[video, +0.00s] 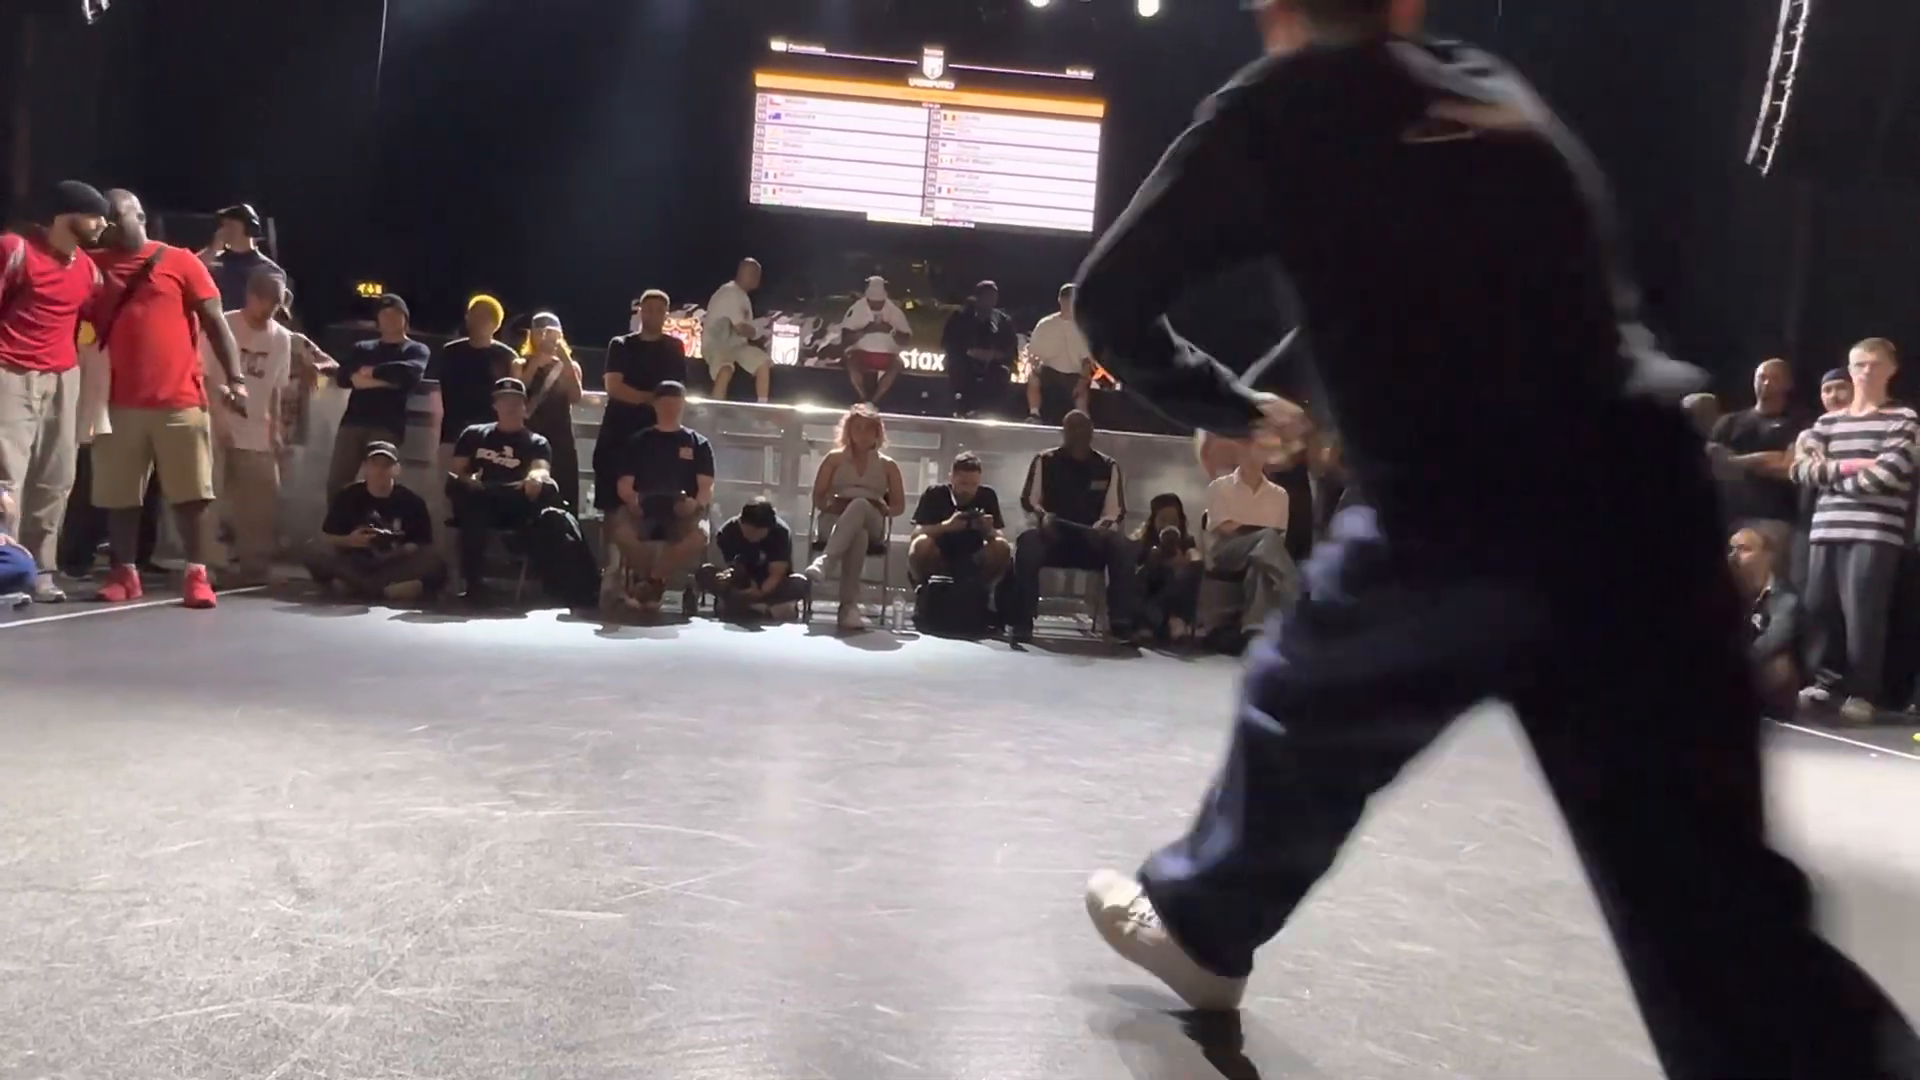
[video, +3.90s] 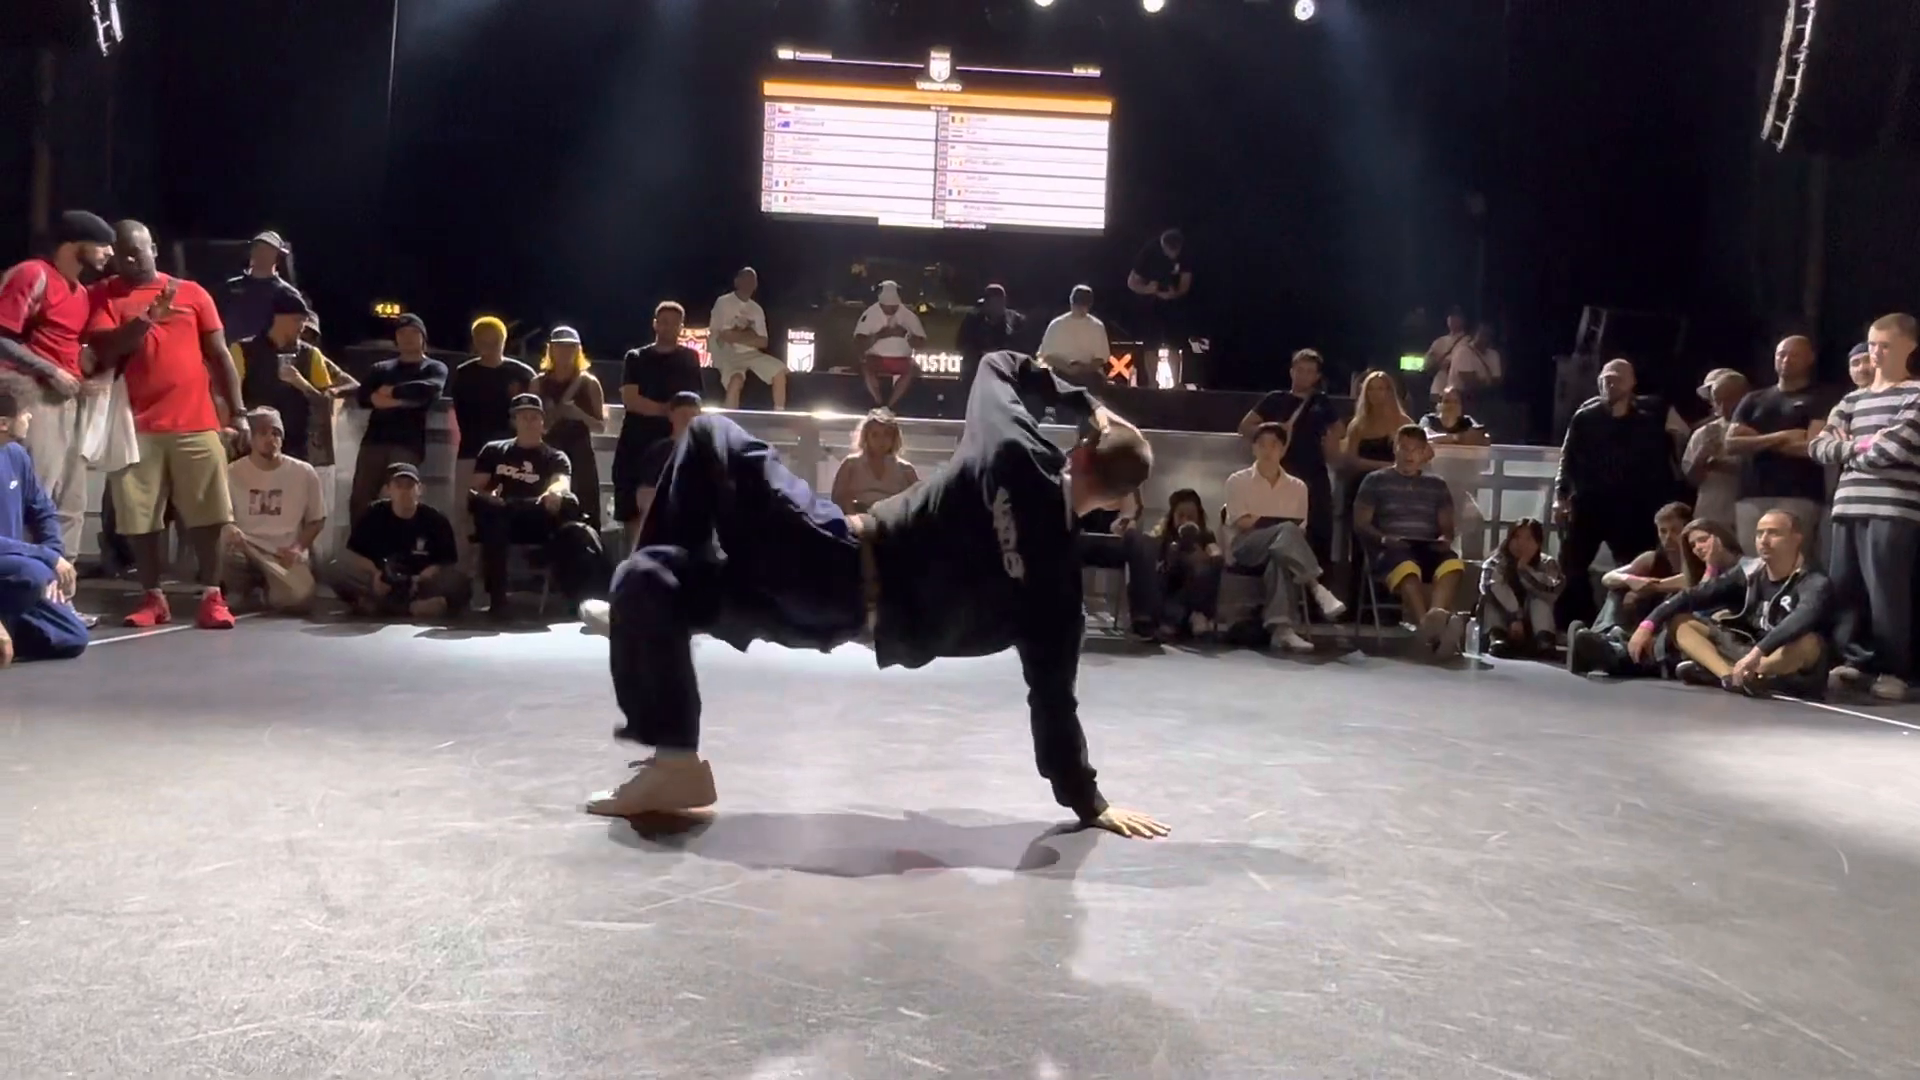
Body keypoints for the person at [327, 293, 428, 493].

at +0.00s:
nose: (391, 319)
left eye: (396, 314)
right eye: (386, 314)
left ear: (405, 319)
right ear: (378, 320)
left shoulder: (417, 350)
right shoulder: (363, 347)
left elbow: (410, 375)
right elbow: (342, 378)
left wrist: (369, 371)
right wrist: (386, 382)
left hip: (387, 424)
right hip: (354, 421)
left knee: (378, 487)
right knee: (337, 483)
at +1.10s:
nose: (374, 344)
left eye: (379, 338)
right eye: (369, 339)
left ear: (389, 344)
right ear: (362, 344)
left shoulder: (402, 373)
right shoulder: (347, 372)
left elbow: (398, 397)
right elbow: (328, 403)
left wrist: (358, 397)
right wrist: (371, 405)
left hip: (374, 449)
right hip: (342, 446)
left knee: (368, 509)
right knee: (326, 507)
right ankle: (325, 555)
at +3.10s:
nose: (397, 348)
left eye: (402, 343)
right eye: (392, 344)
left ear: (412, 348)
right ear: (385, 349)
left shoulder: (425, 377)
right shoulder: (370, 377)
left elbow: (420, 401)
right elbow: (353, 409)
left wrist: (381, 400)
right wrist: (395, 409)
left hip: (397, 455)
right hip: (365, 453)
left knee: (390, 515)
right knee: (352, 513)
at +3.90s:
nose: (407, 338)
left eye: (413, 333)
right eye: (403, 333)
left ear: (423, 339)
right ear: (396, 339)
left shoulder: (435, 367)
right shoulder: (381, 368)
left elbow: (430, 391)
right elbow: (363, 398)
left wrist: (391, 391)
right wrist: (405, 401)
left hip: (408, 443)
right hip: (375, 441)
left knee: (402, 501)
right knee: (361, 499)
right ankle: (358, 551)